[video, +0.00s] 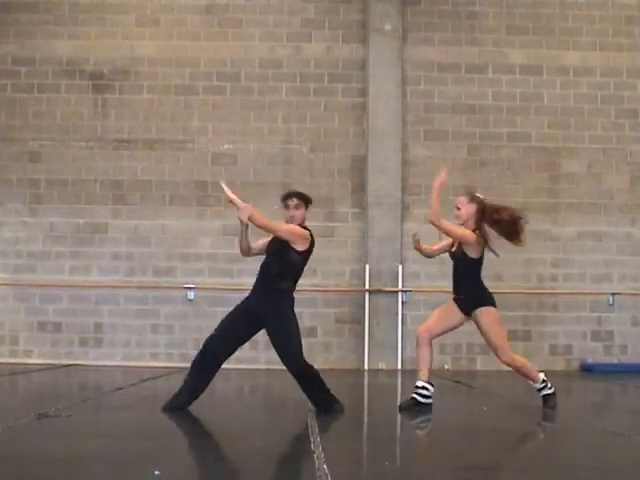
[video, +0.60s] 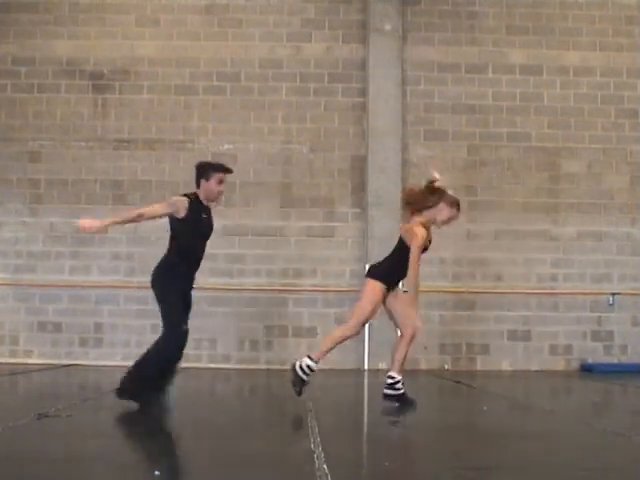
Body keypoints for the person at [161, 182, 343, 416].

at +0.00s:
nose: (292, 213)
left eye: (297, 208)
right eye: (288, 208)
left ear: (306, 212)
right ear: (284, 211)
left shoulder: (302, 236)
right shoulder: (279, 237)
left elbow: (265, 224)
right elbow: (246, 251)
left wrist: (240, 204)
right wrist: (244, 225)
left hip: (278, 309)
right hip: (254, 305)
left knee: (295, 363)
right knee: (214, 348)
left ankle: (329, 405)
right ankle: (182, 399)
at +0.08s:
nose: (270, 205)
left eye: (275, 200)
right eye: (266, 201)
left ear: (286, 203)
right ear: (262, 204)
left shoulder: (291, 228)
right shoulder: (260, 229)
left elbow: (264, 208)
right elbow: (236, 240)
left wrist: (238, 182)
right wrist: (245, 218)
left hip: (276, 305)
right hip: (250, 303)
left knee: (298, 359)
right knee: (208, 343)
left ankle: (331, 405)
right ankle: (189, 399)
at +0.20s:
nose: (230, 198)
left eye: (235, 193)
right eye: (225, 194)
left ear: (244, 195)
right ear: (220, 198)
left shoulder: (253, 216)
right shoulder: (216, 223)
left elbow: (280, 214)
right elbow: (214, 250)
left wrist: (306, 207)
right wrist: (247, 241)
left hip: (264, 295)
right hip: (233, 297)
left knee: (300, 346)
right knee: (205, 341)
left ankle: (335, 402)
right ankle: (201, 400)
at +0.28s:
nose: (211, 198)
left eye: (215, 193)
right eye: (206, 193)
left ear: (225, 194)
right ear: (200, 197)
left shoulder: (241, 219)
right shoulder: (196, 223)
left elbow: (280, 234)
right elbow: (193, 263)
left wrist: (317, 245)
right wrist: (225, 265)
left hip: (247, 290)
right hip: (218, 292)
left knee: (286, 334)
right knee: (198, 337)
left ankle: (322, 377)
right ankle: (201, 399)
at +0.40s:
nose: (204, 193)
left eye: (209, 187)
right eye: (200, 188)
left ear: (216, 191)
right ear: (193, 191)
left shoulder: (229, 219)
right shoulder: (180, 219)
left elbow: (241, 252)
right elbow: (164, 249)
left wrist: (254, 275)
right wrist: (170, 280)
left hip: (226, 288)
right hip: (197, 289)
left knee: (245, 330)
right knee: (188, 341)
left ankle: (241, 360)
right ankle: (198, 399)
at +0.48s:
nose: (210, 186)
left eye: (214, 182)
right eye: (205, 181)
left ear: (219, 186)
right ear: (196, 183)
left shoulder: (224, 215)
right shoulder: (176, 212)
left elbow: (219, 251)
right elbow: (149, 238)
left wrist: (219, 283)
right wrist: (139, 266)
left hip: (212, 285)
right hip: (187, 286)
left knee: (212, 340)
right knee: (192, 342)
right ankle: (193, 402)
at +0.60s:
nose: (222, 188)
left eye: (224, 183)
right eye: (219, 183)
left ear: (210, 185)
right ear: (202, 183)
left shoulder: (205, 209)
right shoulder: (182, 204)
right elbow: (141, 214)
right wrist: (105, 224)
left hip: (183, 281)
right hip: (168, 279)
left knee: (177, 336)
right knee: (174, 335)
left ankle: (152, 390)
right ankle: (133, 386)